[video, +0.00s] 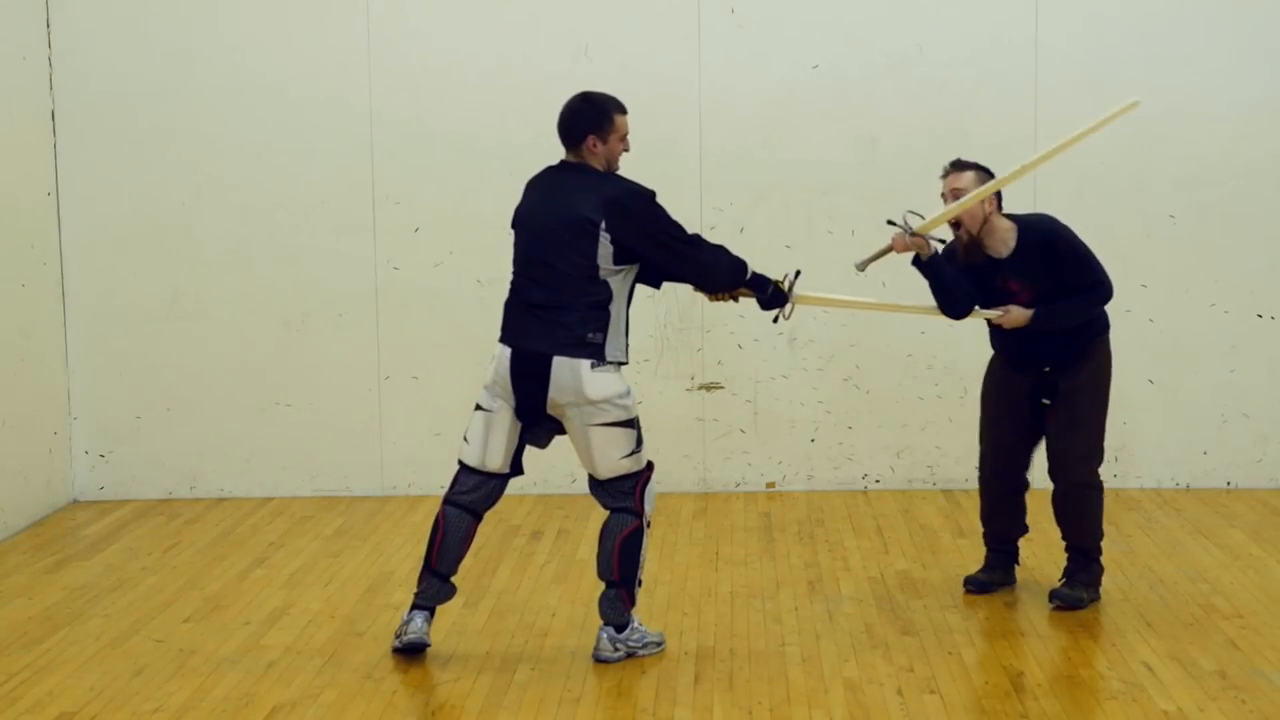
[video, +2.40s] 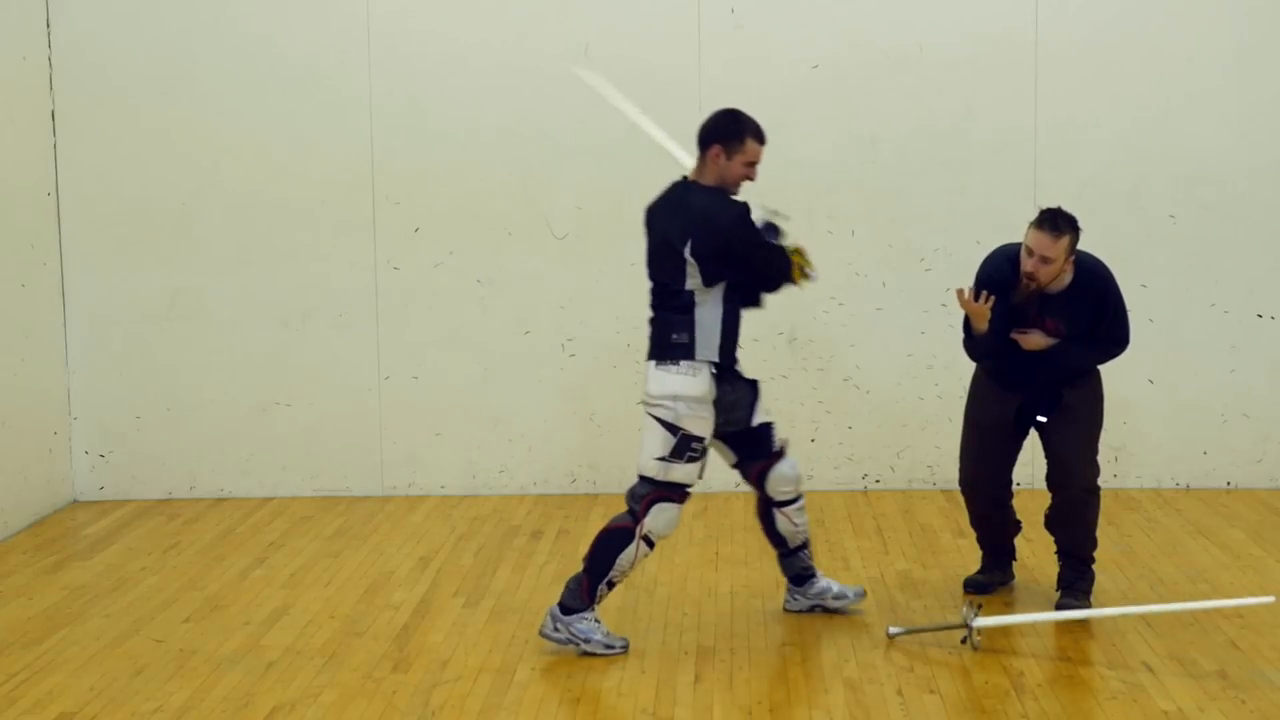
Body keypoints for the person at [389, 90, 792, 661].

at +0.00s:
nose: (626, 148)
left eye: (625, 137)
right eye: (622, 138)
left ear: (575, 141)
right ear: (594, 141)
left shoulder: (537, 190)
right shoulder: (621, 199)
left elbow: (617, 258)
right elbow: (690, 253)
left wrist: (695, 275)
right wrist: (757, 282)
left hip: (516, 362)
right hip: (588, 370)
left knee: (472, 485)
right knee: (626, 495)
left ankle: (420, 613)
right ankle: (617, 628)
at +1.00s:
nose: (620, 173)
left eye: (621, 162)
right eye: (620, 161)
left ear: (570, 147)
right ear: (604, 148)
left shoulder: (521, 182)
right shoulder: (612, 205)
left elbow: (542, 270)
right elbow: (657, 308)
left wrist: (622, 288)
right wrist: (694, 309)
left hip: (486, 356)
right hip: (560, 367)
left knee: (450, 489)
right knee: (608, 493)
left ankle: (413, 621)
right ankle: (616, 625)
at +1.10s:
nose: (601, 166)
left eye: (603, 156)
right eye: (602, 155)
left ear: (552, 139)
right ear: (588, 146)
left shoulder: (491, 178)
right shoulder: (592, 206)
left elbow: (446, 262)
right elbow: (605, 310)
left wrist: (482, 313)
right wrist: (563, 334)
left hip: (475, 354)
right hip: (552, 363)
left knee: (451, 489)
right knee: (601, 489)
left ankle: (419, 623)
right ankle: (617, 623)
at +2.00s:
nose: (613, 148)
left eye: (613, 137)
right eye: (611, 137)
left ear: (562, 132)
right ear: (588, 134)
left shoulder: (510, 190)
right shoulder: (616, 190)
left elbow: (481, 289)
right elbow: (610, 252)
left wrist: (526, 272)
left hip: (538, 353)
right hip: (603, 349)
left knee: (537, 470)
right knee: (608, 481)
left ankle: (474, 587)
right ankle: (566, 623)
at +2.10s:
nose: (648, 144)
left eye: (648, 133)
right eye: (645, 133)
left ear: (597, 129)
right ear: (622, 130)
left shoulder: (539, 186)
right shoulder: (647, 187)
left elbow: (515, 273)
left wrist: (566, 267)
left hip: (566, 347)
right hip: (623, 342)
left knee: (596, 465)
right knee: (616, 477)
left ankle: (557, 581)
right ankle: (567, 622)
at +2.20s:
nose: (682, 152)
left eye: (684, 141)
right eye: (679, 140)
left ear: (637, 132)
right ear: (653, 132)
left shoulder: (576, 180)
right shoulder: (669, 187)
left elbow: (558, 259)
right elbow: (681, 227)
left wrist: (602, 277)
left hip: (597, 348)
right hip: (643, 346)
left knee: (673, 446)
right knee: (621, 483)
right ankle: (567, 621)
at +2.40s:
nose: (752, 176)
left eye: (755, 166)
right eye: (748, 164)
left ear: (714, 157)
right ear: (716, 153)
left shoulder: (668, 205)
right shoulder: (717, 213)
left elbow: (713, 279)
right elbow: (770, 271)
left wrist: (772, 269)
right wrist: (773, 248)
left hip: (717, 375)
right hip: (684, 377)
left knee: (778, 478)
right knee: (657, 509)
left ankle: (803, 584)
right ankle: (570, 611)